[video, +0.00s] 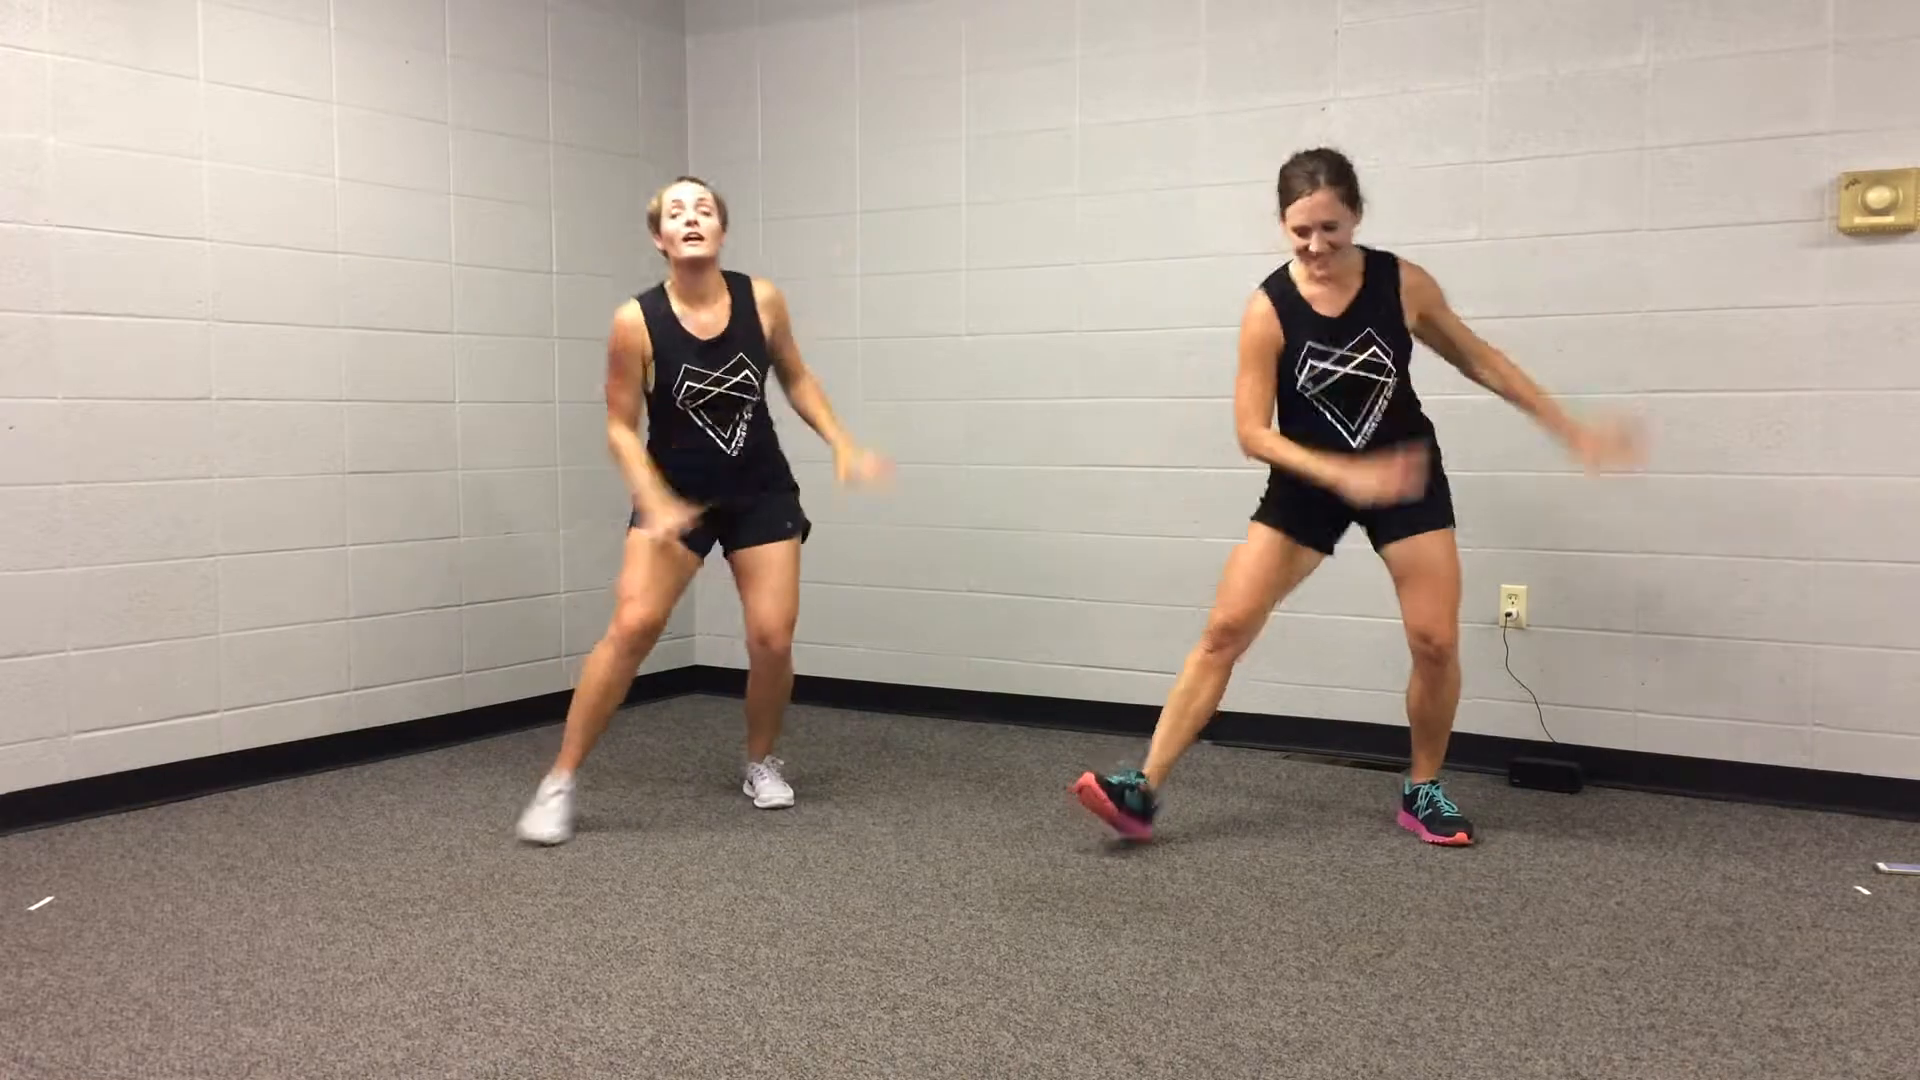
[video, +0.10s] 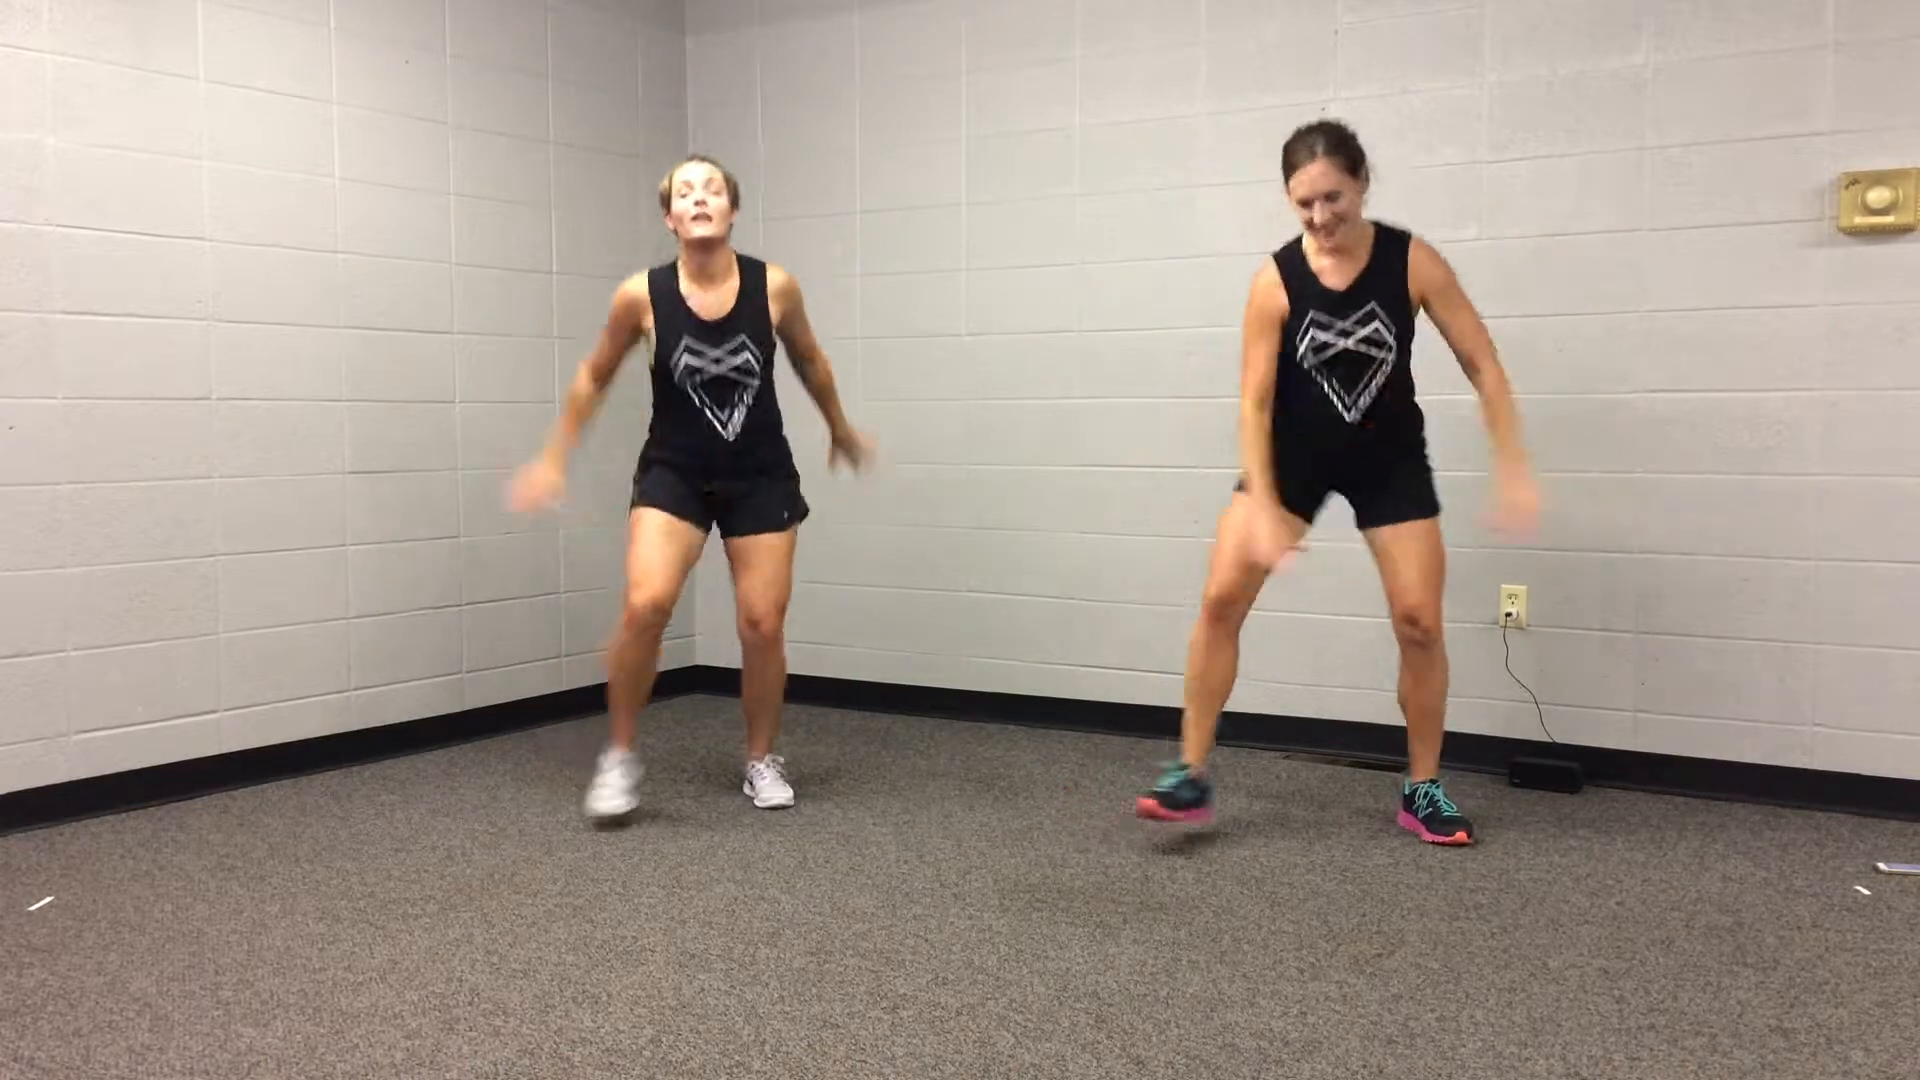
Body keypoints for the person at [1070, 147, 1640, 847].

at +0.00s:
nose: (1317, 244)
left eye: (1331, 228)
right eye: (1303, 230)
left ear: (1356, 216)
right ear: (1283, 224)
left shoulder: (1403, 286)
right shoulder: (1268, 311)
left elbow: (1479, 359)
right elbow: (1254, 435)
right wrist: (1342, 474)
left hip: (1401, 468)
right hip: (1307, 475)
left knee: (1435, 641)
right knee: (1224, 630)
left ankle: (1424, 789)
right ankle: (1144, 786)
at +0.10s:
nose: (1320, 215)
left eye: (1332, 198)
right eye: (1305, 202)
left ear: (1361, 186)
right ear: (1290, 200)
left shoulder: (1413, 263)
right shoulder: (1276, 281)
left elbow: (1483, 366)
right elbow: (1255, 401)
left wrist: (1511, 466)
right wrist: (1262, 504)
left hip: (1388, 456)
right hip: (1293, 456)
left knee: (1419, 622)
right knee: (1221, 600)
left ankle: (1424, 786)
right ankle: (1190, 773)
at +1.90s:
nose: (1200, 151)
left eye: (1216, 140)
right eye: (1196, 143)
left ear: (1258, 156)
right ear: (1191, 165)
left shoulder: (1294, 218)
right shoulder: (1179, 235)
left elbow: (1335, 95)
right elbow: (1134, 136)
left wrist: (1277, 6)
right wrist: (1174, 26)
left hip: (1303, 443)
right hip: (1214, 447)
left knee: (1300, 620)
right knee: (1231, 617)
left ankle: (1300, 787)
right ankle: (1239, 783)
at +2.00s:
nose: (1191, 151)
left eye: (1207, 137)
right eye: (1189, 143)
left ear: (1253, 150)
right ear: (1193, 164)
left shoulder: (1297, 219)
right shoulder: (1182, 239)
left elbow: (1346, 121)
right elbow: (1134, 169)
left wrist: (1266, 43)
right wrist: (1193, 68)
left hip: (1306, 438)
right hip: (1218, 443)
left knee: (1319, 607)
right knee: (1233, 618)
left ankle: (1309, 773)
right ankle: (1243, 779)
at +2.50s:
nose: (1243, 160)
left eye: (1258, 147)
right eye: (1238, 149)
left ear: (1300, 154)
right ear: (1233, 161)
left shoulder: (1350, 242)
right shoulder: (1215, 252)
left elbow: (1440, 321)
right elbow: (1147, 344)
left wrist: (1371, 349)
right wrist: (1223, 357)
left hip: (1324, 448)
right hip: (1236, 446)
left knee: (1315, 619)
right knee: (1232, 612)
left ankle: (1309, 782)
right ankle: (1243, 772)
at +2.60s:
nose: (1276, 176)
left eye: (1291, 162)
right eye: (1264, 162)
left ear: (1320, 164)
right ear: (1248, 167)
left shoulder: (1359, 244)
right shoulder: (1222, 247)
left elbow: (1472, 278)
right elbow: (1141, 317)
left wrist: (1388, 257)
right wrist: (1210, 282)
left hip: (1328, 441)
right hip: (1242, 434)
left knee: (1319, 622)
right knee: (1227, 556)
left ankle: (1311, 778)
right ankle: (1245, 697)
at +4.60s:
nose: (1299, 174)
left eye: (1312, 160)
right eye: (1285, 158)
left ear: (1326, 163)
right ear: (1256, 159)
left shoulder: (1349, 252)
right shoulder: (1209, 243)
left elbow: (1377, 374)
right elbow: (1161, 344)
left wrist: (1337, 334)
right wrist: (1111, 355)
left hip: (1320, 459)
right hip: (1229, 456)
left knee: (1312, 628)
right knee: (1217, 627)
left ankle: (1309, 781)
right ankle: (1210, 788)